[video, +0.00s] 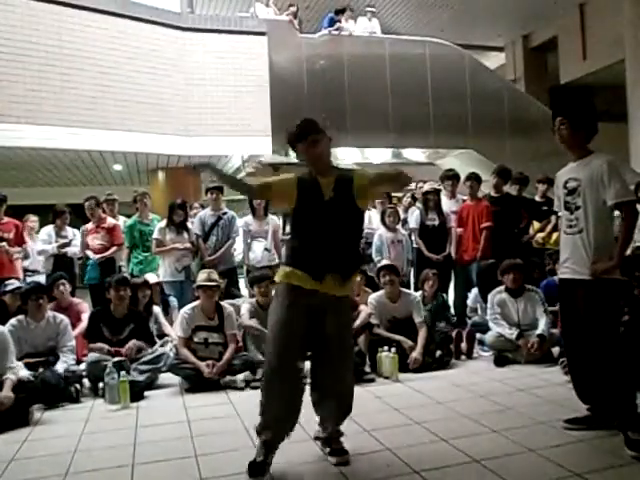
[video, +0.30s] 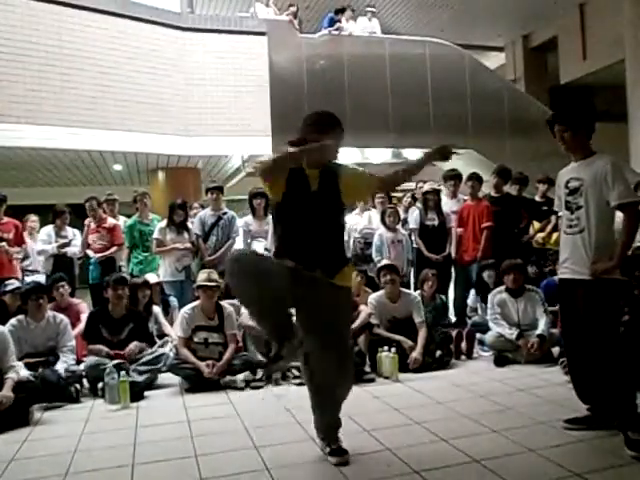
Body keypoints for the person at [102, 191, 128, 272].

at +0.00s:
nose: (110, 207)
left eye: (113, 204)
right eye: (108, 204)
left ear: (117, 205)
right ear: (103, 206)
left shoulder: (125, 221)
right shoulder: (101, 222)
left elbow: (128, 241)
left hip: (121, 259)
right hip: (106, 259)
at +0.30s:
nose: (111, 208)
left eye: (113, 204)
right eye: (108, 204)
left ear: (117, 206)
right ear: (103, 206)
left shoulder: (125, 221)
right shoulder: (101, 222)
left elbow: (128, 241)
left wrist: (124, 260)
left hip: (121, 259)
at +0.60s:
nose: (92, 212)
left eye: (95, 208)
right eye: (90, 209)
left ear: (101, 208)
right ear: (87, 211)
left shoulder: (113, 224)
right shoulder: (88, 227)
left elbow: (119, 245)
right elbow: (84, 248)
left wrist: (102, 254)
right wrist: (84, 236)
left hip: (108, 258)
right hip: (93, 259)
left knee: (110, 289)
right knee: (94, 287)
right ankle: (98, 316)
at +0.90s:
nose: (93, 210)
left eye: (95, 206)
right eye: (90, 207)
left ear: (100, 207)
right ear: (87, 211)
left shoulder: (112, 224)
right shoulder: (87, 227)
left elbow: (119, 244)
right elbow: (85, 245)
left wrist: (102, 253)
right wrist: (87, 250)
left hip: (108, 258)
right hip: (93, 259)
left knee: (110, 289)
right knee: (94, 289)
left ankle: (112, 315)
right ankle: (98, 315)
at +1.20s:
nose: (92, 210)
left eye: (95, 206)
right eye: (89, 207)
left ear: (100, 207)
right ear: (86, 210)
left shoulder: (112, 224)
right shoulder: (87, 227)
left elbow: (119, 244)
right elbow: (84, 245)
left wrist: (103, 253)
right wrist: (85, 251)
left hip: (107, 258)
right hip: (92, 259)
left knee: (110, 289)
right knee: (94, 290)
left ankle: (111, 316)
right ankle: (98, 316)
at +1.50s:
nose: (92, 209)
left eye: (95, 206)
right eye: (89, 207)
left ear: (100, 207)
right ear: (87, 210)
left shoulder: (112, 224)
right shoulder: (87, 227)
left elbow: (118, 244)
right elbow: (84, 245)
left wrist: (101, 253)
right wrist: (84, 251)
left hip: (107, 259)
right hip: (91, 260)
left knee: (110, 291)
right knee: (94, 293)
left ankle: (112, 318)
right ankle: (98, 319)